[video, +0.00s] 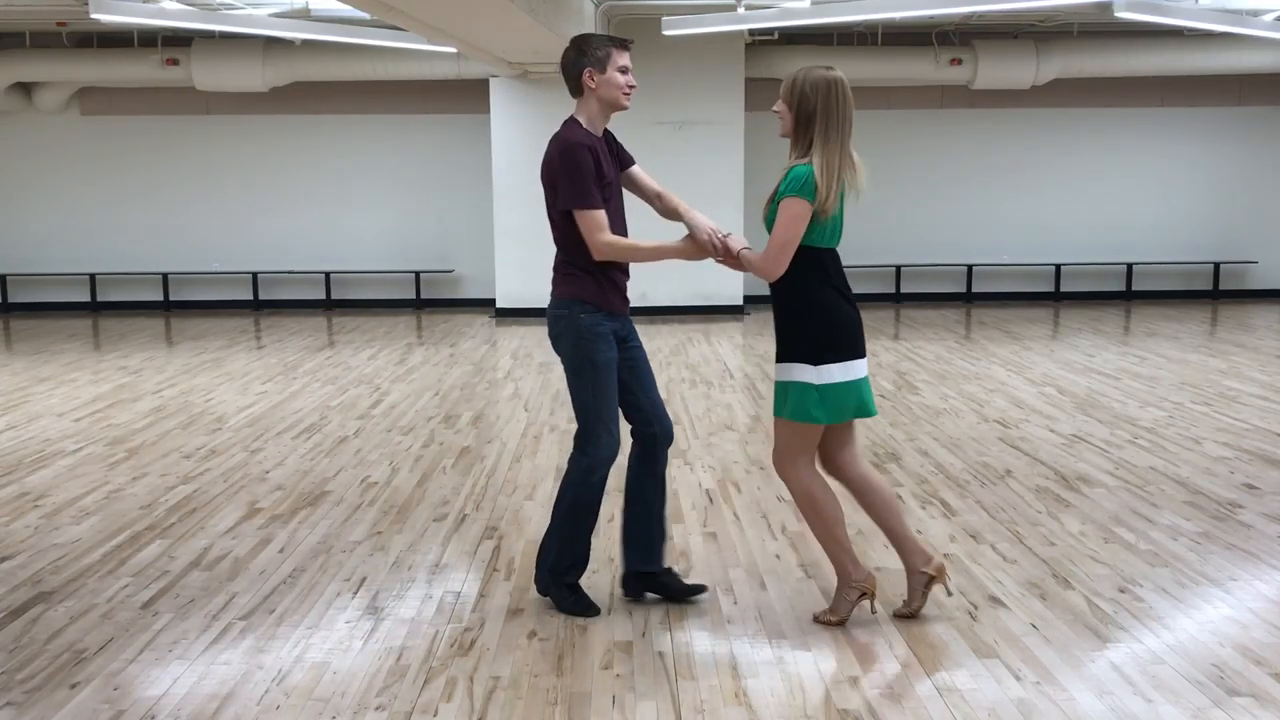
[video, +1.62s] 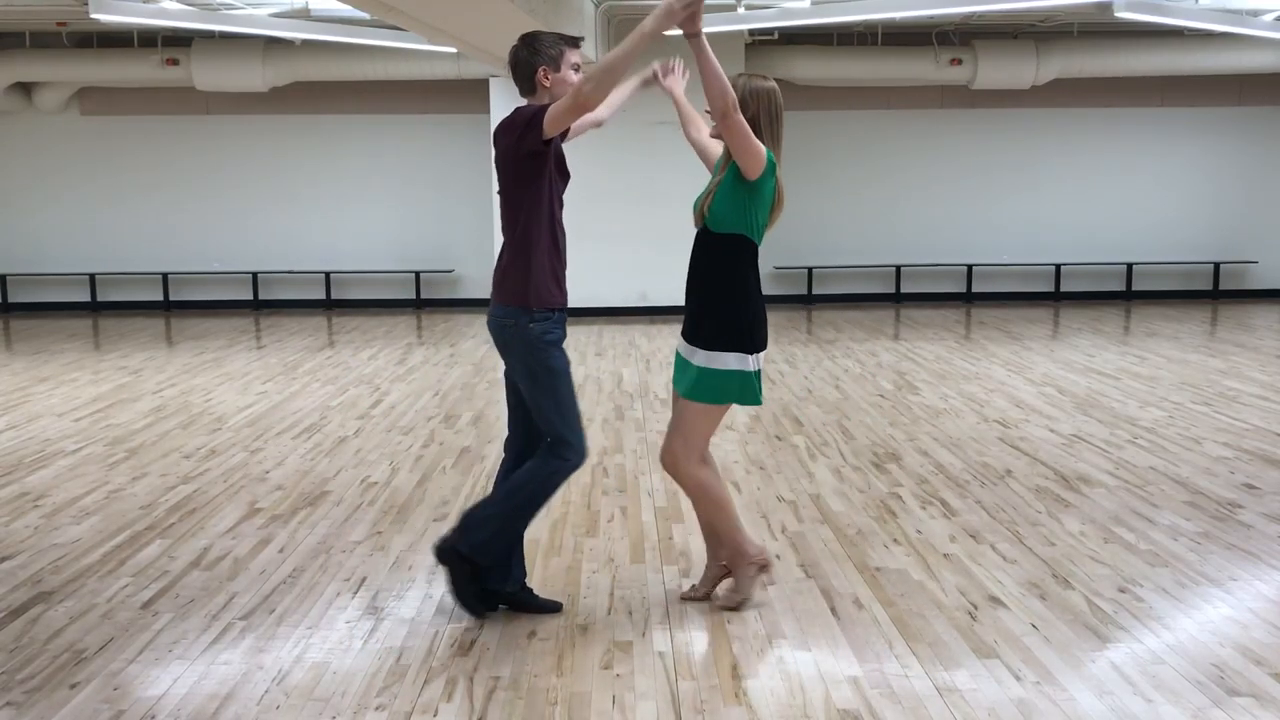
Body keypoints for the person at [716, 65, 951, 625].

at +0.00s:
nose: (775, 108)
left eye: (783, 101)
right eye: (779, 100)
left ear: (805, 112)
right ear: (818, 111)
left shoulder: (805, 175)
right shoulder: (825, 170)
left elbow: (771, 268)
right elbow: (790, 262)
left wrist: (733, 250)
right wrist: (739, 259)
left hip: (810, 338)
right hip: (837, 332)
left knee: (791, 461)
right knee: (842, 458)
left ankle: (851, 576)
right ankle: (919, 560)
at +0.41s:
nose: (776, 105)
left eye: (784, 98)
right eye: (779, 97)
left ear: (805, 109)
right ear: (819, 109)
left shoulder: (815, 174)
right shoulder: (810, 171)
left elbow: (760, 251)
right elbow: (771, 246)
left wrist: (715, 229)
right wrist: (728, 228)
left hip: (824, 335)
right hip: (811, 333)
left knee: (817, 463)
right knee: (788, 455)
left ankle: (863, 583)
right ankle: (875, 553)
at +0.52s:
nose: (768, 107)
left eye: (777, 99)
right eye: (771, 98)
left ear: (801, 110)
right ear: (808, 109)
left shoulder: (810, 175)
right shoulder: (801, 172)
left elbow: (741, 237)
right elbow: (747, 233)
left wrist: (703, 210)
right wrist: (705, 212)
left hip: (820, 340)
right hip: (801, 339)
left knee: (817, 459)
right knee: (758, 445)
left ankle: (863, 579)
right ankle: (810, 559)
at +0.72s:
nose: (746, 107)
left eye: (754, 99)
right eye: (749, 98)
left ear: (778, 109)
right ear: (782, 109)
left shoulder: (780, 173)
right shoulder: (773, 167)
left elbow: (697, 213)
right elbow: (713, 205)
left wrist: (664, 183)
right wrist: (673, 181)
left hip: (778, 333)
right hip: (756, 328)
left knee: (764, 460)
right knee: (728, 444)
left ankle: (841, 566)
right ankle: (749, 562)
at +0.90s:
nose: (728, 107)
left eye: (737, 101)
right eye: (733, 99)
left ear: (757, 112)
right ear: (772, 114)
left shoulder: (757, 172)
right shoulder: (761, 170)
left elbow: (672, 197)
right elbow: (683, 197)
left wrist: (641, 160)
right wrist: (647, 162)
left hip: (746, 340)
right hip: (753, 335)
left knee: (688, 451)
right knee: (723, 453)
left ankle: (755, 554)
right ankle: (748, 571)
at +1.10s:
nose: (711, 110)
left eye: (719, 103)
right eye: (714, 102)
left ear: (739, 113)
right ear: (749, 118)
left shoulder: (742, 170)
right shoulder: (731, 173)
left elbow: (665, 141)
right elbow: (655, 164)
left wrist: (635, 90)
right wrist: (621, 105)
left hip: (720, 330)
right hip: (729, 328)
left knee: (668, 445)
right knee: (689, 451)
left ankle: (693, 569)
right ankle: (742, 560)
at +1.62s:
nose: (723, 118)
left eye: (732, 109)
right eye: (726, 112)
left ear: (753, 117)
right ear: (742, 117)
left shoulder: (756, 168)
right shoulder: (728, 169)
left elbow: (729, 111)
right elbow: (700, 134)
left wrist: (695, 35)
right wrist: (675, 93)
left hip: (728, 336)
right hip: (706, 331)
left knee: (680, 456)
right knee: (689, 454)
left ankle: (746, 555)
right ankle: (719, 558)